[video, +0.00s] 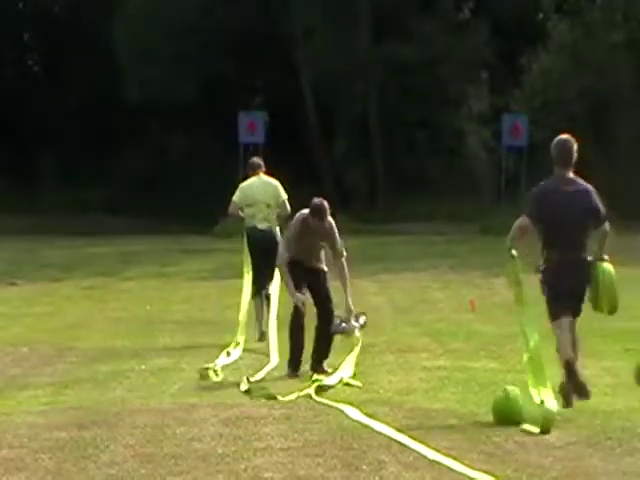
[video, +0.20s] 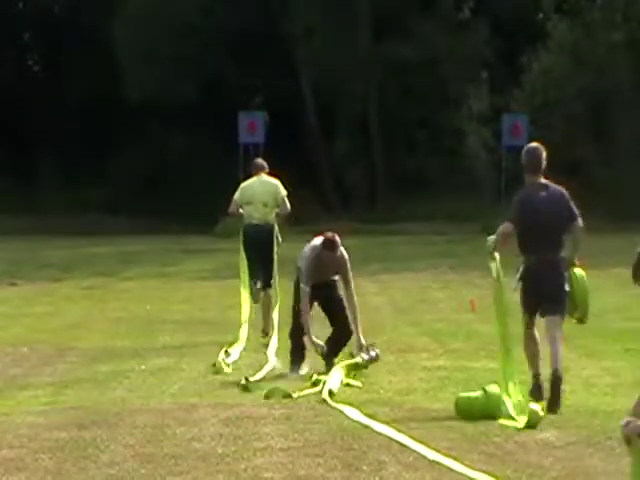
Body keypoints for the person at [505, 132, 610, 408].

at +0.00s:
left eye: (558, 157)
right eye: (571, 155)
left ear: (552, 158)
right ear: (575, 158)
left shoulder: (542, 192)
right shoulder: (586, 191)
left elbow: (523, 225)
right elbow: (604, 228)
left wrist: (510, 247)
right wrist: (598, 255)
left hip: (553, 261)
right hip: (579, 260)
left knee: (560, 320)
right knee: (570, 320)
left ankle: (571, 369)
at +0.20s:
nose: (532, 168)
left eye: (528, 164)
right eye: (538, 163)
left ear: (523, 165)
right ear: (545, 164)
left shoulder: (521, 198)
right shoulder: (559, 195)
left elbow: (508, 229)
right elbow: (577, 226)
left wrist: (495, 245)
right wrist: (572, 256)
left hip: (531, 264)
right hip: (556, 263)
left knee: (529, 327)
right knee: (554, 327)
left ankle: (536, 380)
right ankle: (556, 372)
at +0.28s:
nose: (523, 173)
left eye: (519, 169)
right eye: (529, 168)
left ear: (514, 172)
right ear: (535, 171)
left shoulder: (516, 204)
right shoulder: (550, 199)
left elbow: (495, 237)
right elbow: (567, 228)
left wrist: (486, 259)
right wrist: (564, 258)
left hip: (525, 270)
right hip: (551, 268)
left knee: (525, 338)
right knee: (544, 334)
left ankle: (534, 392)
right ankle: (550, 350)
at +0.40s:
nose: (520, 173)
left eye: (514, 169)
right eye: (524, 169)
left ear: (507, 171)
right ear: (528, 171)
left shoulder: (499, 202)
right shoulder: (539, 200)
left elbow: (488, 238)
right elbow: (551, 232)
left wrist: (488, 266)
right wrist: (548, 257)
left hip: (509, 265)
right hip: (534, 263)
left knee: (514, 320)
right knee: (526, 320)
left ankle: (525, 372)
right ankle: (528, 370)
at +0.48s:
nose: (513, 176)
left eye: (507, 172)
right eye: (517, 171)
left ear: (499, 173)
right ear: (520, 173)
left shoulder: (490, 203)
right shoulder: (529, 203)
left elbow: (478, 236)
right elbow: (545, 234)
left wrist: (470, 263)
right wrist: (543, 258)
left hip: (498, 264)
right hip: (522, 264)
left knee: (501, 310)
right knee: (516, 318)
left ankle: (510, 345)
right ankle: (509, 380)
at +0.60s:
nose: (489, 175)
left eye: (486, 171)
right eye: (497, 169)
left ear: (482, 173)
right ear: (502, 171)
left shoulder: (484, 203)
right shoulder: (518, 199)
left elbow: (468, 238)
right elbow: (535, 231)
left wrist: (458, 265)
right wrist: (533, 260)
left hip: (491, 269)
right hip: (514, 269)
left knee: (485, 318)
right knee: (511, 324)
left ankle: (492, 364)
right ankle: (508, 376)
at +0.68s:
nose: (477, 178)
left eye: (473, 174)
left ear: (472, 175)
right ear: (492, 173)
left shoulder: (476, 203)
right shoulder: (508, 197)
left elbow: (463, 239)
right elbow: (526, 228)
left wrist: (453, 266)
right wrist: (527, 258)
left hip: (488, 263)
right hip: (511, 261)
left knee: (485, 323)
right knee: (502, 321)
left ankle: (489, 372)